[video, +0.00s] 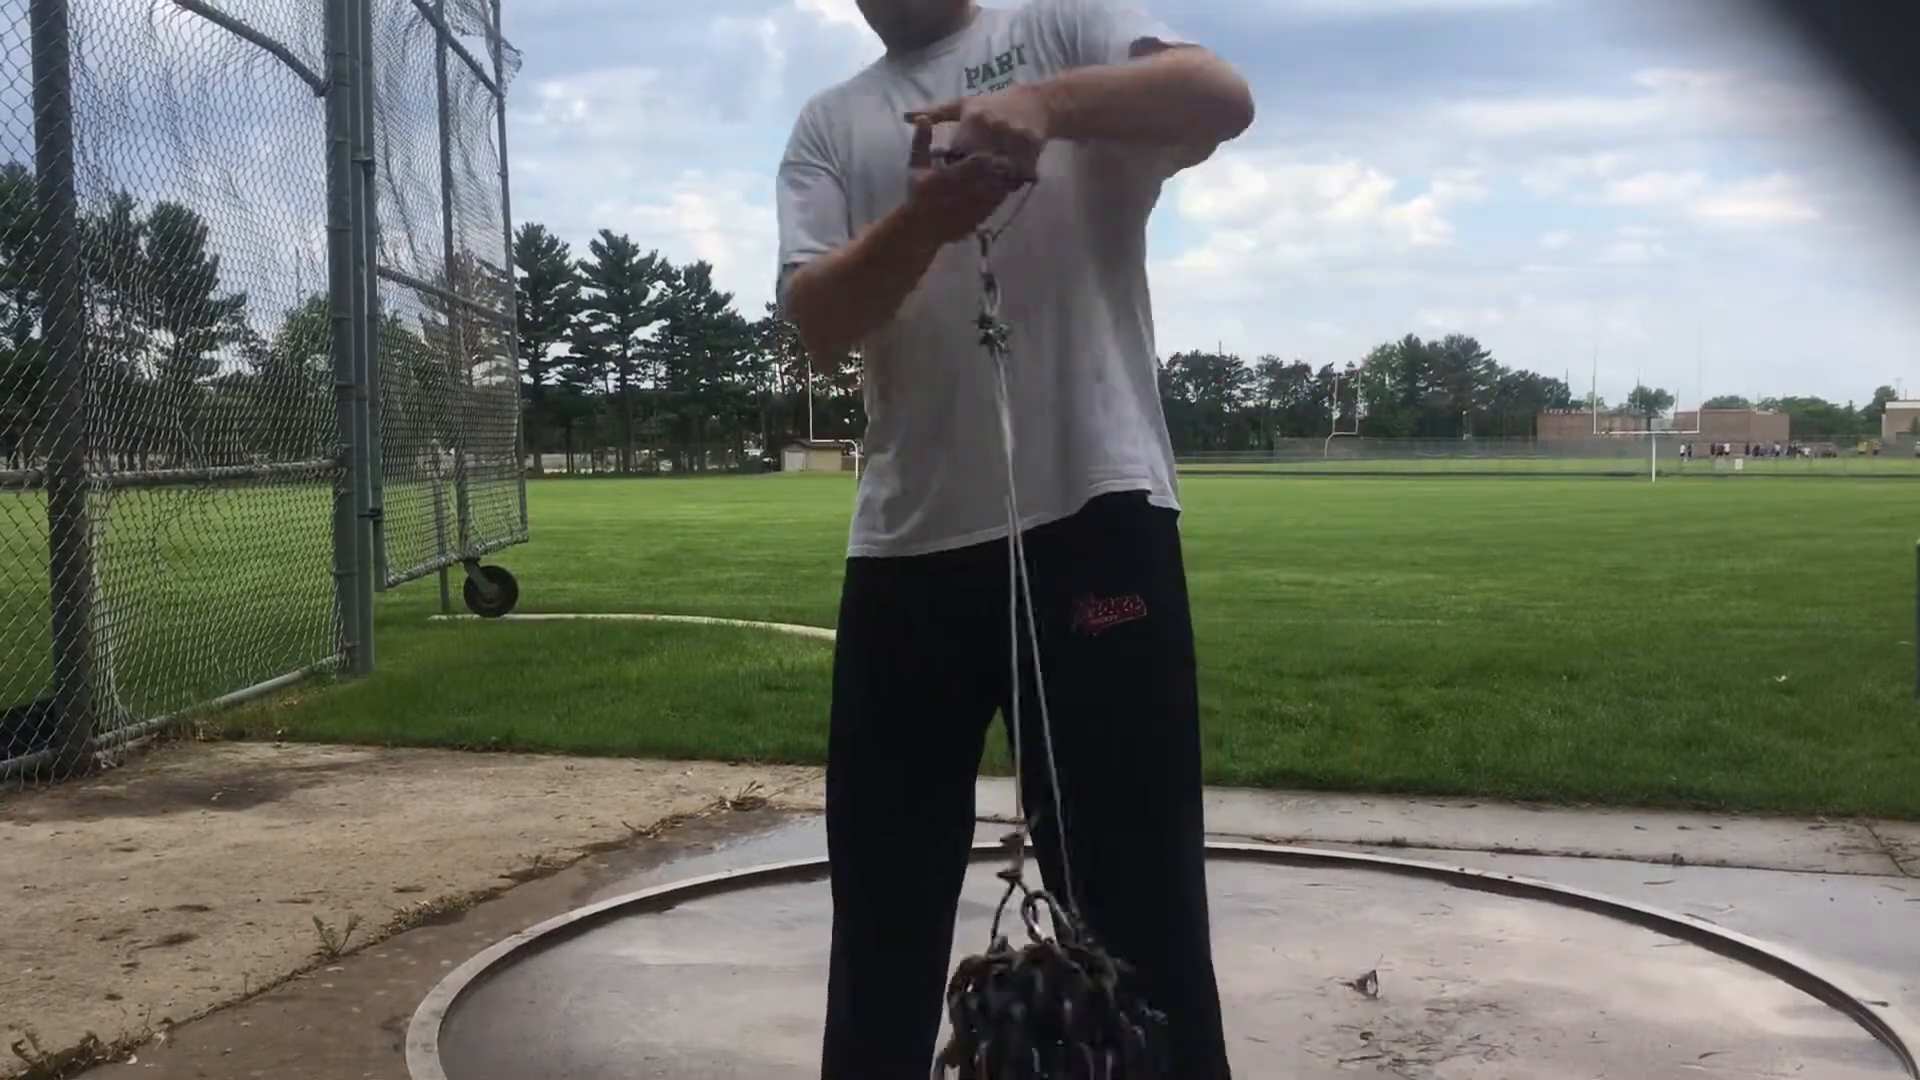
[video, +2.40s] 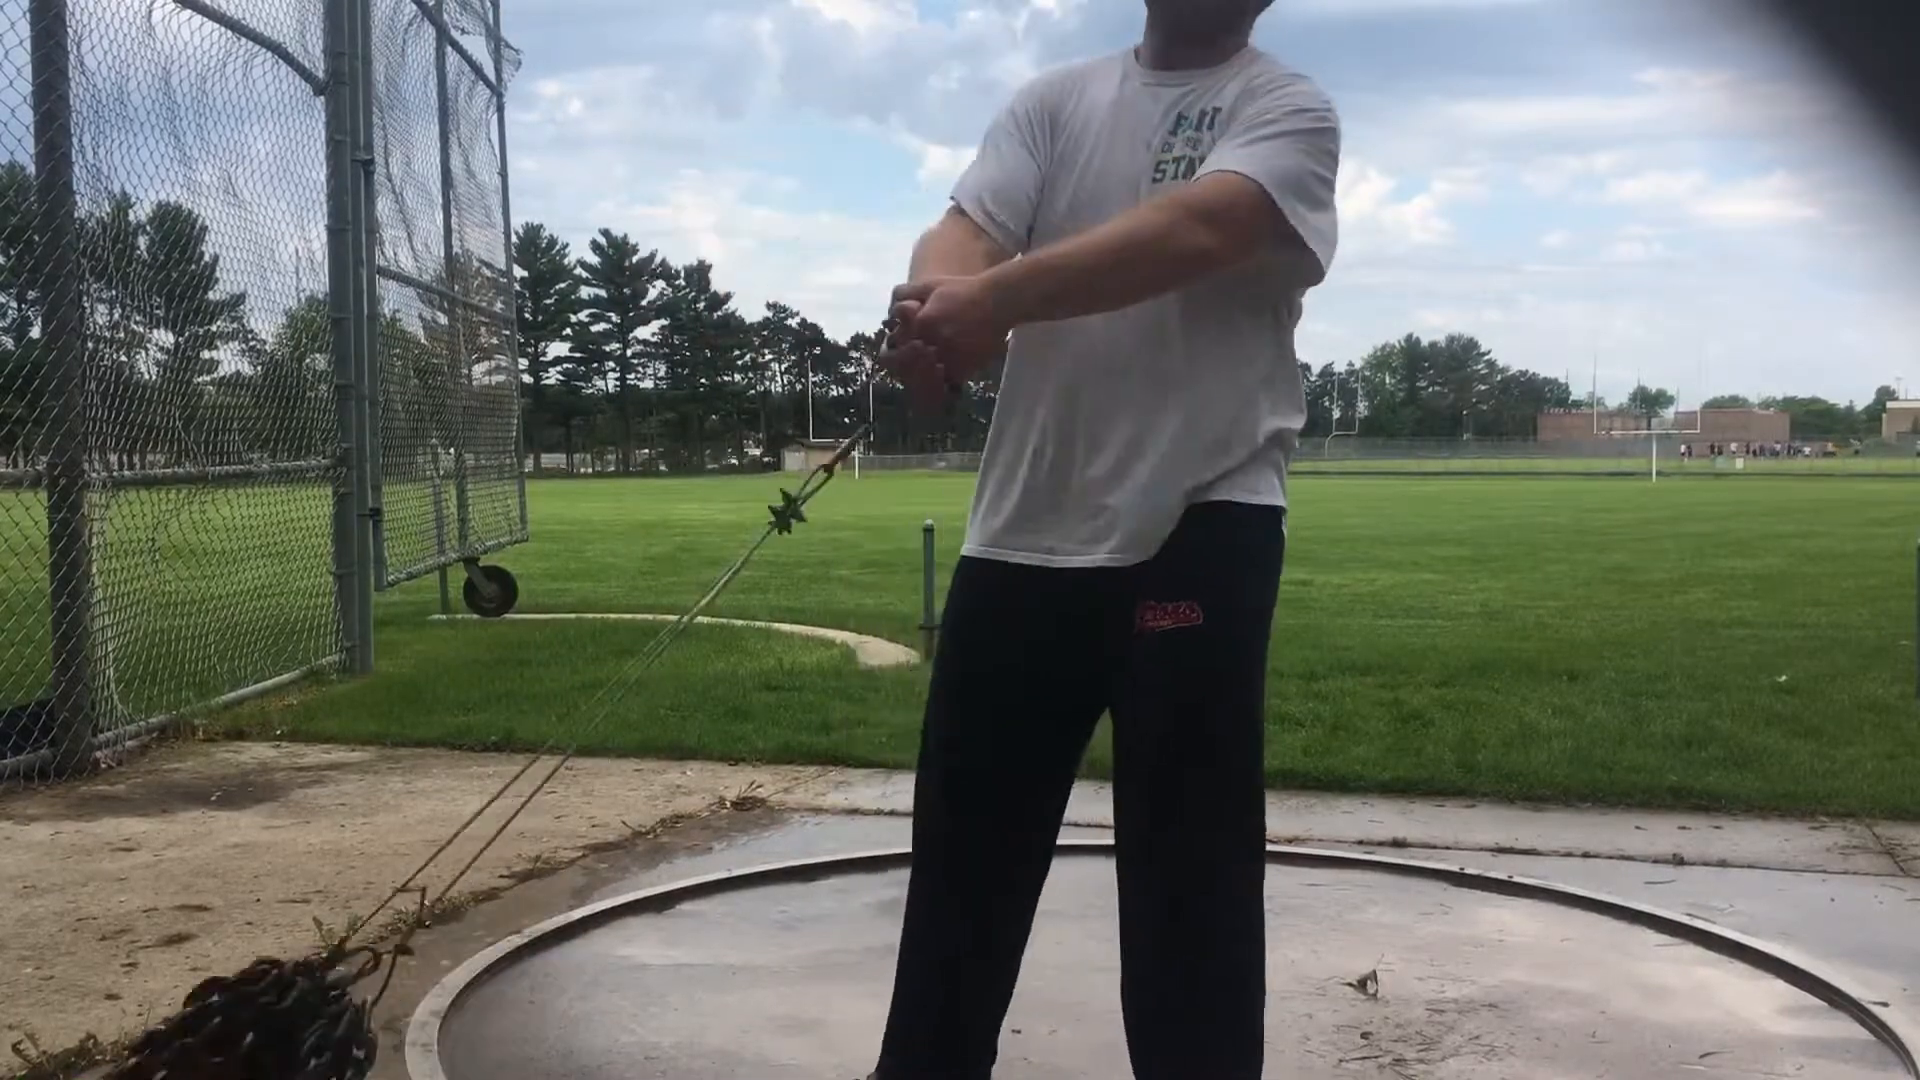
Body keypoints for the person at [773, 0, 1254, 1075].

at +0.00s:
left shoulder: (1071, 34)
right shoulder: (829, 123)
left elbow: (1222, 98)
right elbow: (816, 329)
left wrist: (1045, 103)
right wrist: (923, 218)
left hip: (1098, 511)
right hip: (911, 540)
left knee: (1140, 894)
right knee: (884, 911)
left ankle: (1172, 1069)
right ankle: (871, 1078)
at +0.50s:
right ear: (977, 4)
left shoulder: (1148, 56)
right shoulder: (928, 133)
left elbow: (1090, 99)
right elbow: (855, 265)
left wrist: (861, 127)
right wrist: (797, 221)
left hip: (1114, 528)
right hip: (938, 544)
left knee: (1162, 918)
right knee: (890, 910)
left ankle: (1189, 1067)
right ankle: (864, 1070)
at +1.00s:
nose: (1028, 3)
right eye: (1032, 6)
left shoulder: (1151, 60)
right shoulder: (1023, 146)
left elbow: (912, 115)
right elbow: (974, 337)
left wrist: (784, 232)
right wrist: (845, 275)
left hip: (1109, 519)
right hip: (976, 537)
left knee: (1129, 867)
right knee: (966, 858)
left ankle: (1169, 1067)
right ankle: (952, 1060)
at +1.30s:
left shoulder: (986, 42)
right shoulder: (1056, 94)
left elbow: (749, 180)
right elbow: (961, 323)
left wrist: (728, 277)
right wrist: (802, 296)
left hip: (987, 512)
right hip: (933, 514)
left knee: (1057, 849)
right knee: (920, 854)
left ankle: (1176, 1065)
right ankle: (925, 1064)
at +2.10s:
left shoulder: (1130, 81)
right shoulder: (985, 136)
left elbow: (913, 173)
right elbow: (883, 292)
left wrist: (705, 236)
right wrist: (753, 272)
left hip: (1094, 517)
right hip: (947, 537)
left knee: (1108, 868)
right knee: (920, 873)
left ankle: (1169, 1073)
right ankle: (921, 1070)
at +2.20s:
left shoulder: (1202, 93)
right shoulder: (1004, 111)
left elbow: (1048, 184)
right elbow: (916, 279)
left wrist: (817, 249)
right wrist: (832, 293)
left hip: (1138, 526)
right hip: (973, 533)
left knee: (1142, 891)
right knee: (930, 894)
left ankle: (1185, 1074)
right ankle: (918, 1072)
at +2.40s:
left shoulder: (1289, 106)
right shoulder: (1049, 98)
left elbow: (1208, 229)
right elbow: (968, 226)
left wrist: (996, 300)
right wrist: (939, 316)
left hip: (1201, 524)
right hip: (1027, 522)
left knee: (1189, 875)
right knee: (963, 864)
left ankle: (1197, 1070)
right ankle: (926, 1066)